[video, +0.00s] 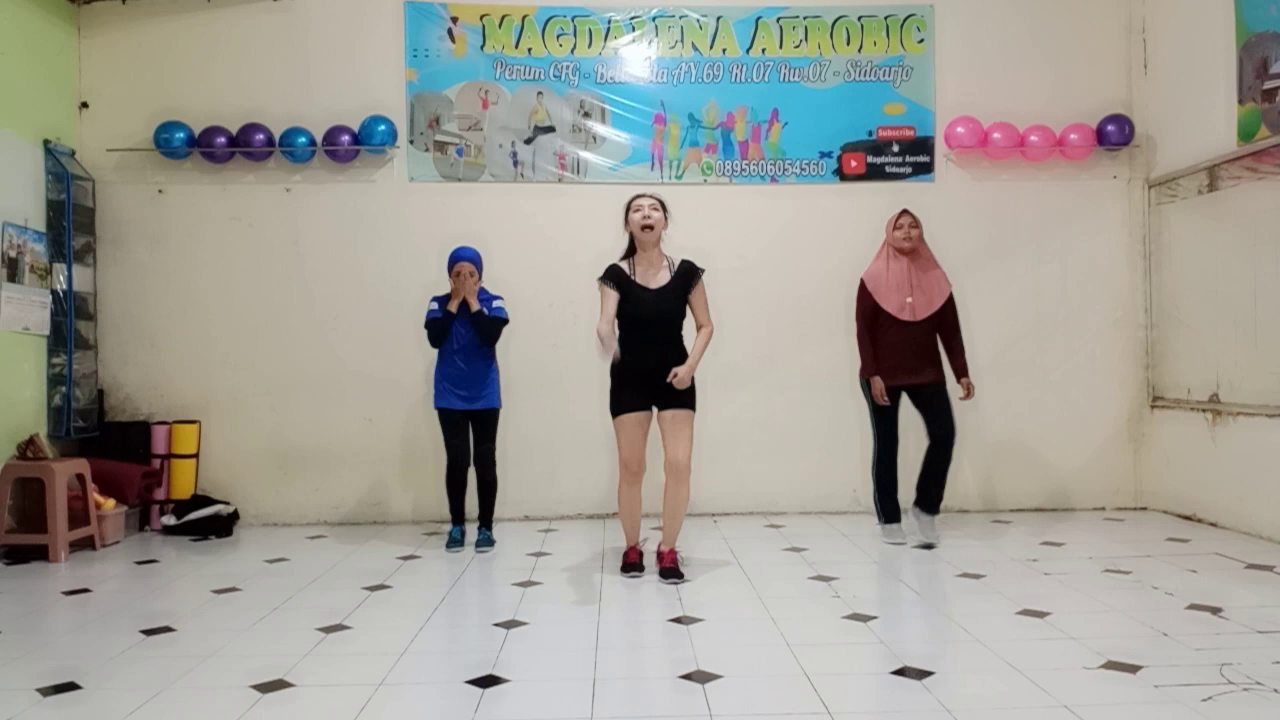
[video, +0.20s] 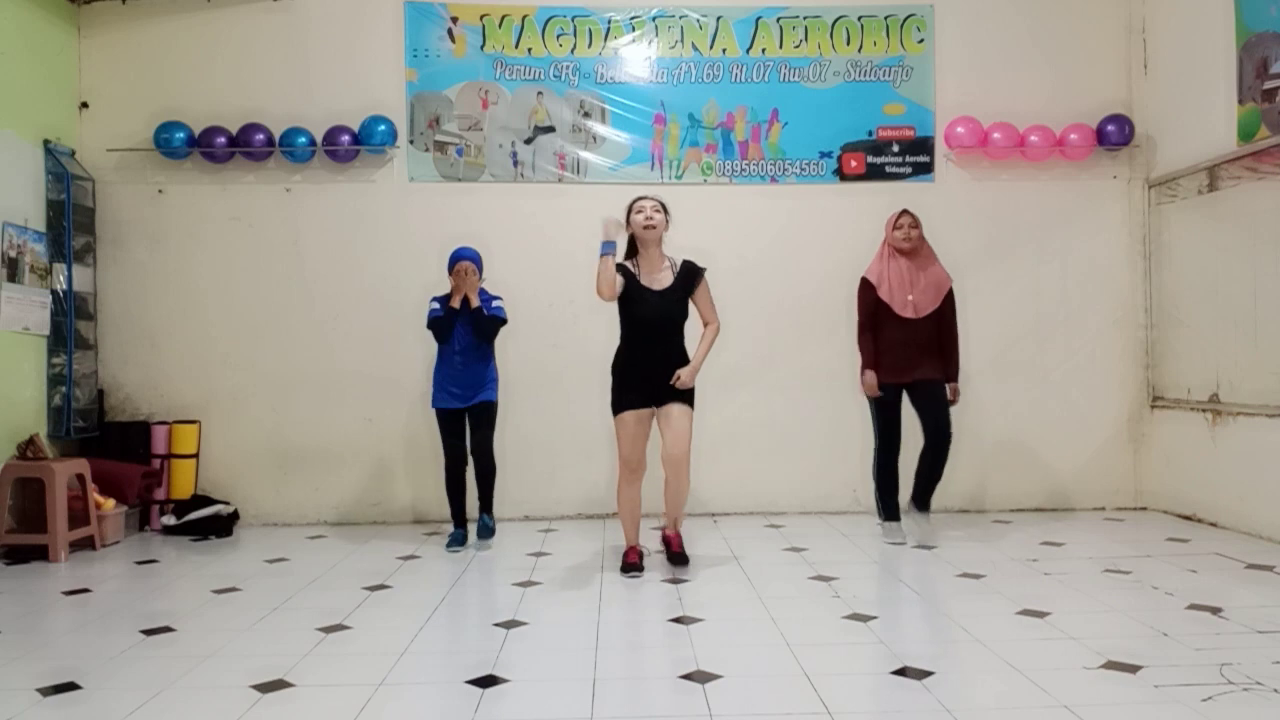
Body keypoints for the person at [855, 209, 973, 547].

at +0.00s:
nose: (907, 232)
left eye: (913, 227)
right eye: (900, 227)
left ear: (922, 235)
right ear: (889, 236)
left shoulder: (934, 277)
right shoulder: (874, 278)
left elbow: (950, 328)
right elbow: (864, 331)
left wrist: (962, 373)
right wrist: (872, 375)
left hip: (924, 371)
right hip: (883, 374)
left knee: (944, 436)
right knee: (886, 446)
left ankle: (925, 511)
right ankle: (889, 520)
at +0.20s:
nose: (907, 231)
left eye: (913, 226)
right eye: (900, 227)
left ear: (921, 234)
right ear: (889, 236)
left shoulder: (937, 276)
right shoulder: (876, 276)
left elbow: (949, 329)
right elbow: (866, 327)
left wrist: (952, 377)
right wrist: (868, 367)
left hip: (926, 371)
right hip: (884, 373)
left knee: (939, 437)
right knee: (888, 445)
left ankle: (919, 508)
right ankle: (890, 518)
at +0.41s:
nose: (910, 230)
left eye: (915, 225)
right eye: (903, 226)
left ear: (924, 232)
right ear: (892, 234)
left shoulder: (942, 275)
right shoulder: (879, 274)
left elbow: (951, 329)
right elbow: (858, 322)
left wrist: (951, 375)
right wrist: (840, 301)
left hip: (926, 365)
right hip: (885, 363)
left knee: (925, 441)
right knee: (888, 432)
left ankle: (917, 520)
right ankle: (890, 498)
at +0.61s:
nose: (912, 231)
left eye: (916, 226)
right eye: (904, 227)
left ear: (923, 233)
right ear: (892, 235)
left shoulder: (937, 274)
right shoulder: (882, 270)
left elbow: (947, 328)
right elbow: (858, 287)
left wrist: (948, 377)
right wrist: (882, 254)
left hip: (926, 373)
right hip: (884, 372)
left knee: (926, 447)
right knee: (888, 443)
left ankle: (917, 519)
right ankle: (885, 519)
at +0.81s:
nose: (910, 229)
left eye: (915, 223)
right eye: (903, 224)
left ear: (922, 230)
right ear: (890, 232)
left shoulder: (932, 273)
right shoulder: (879, 266)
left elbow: (931, 328)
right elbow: (887, 268)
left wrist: (958, 359)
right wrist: (916, 255)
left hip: (919, 362)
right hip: (878, 364)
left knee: (944, 421)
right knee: (881, 439)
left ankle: (921, 491)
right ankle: (883, 516)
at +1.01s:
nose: (910, 234)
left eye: (914, 229)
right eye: (902, 230)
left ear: (922, 236)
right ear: (891, 239)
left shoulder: (934, 278)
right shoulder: (880, 274)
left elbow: (963, 316)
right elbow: (871, 306)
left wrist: (976, 281)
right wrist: (896, 277)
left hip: (922, 373)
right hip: (880, 371)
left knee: (929, 445)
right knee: (885, 443)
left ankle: (918, 520)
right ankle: (885, 519)